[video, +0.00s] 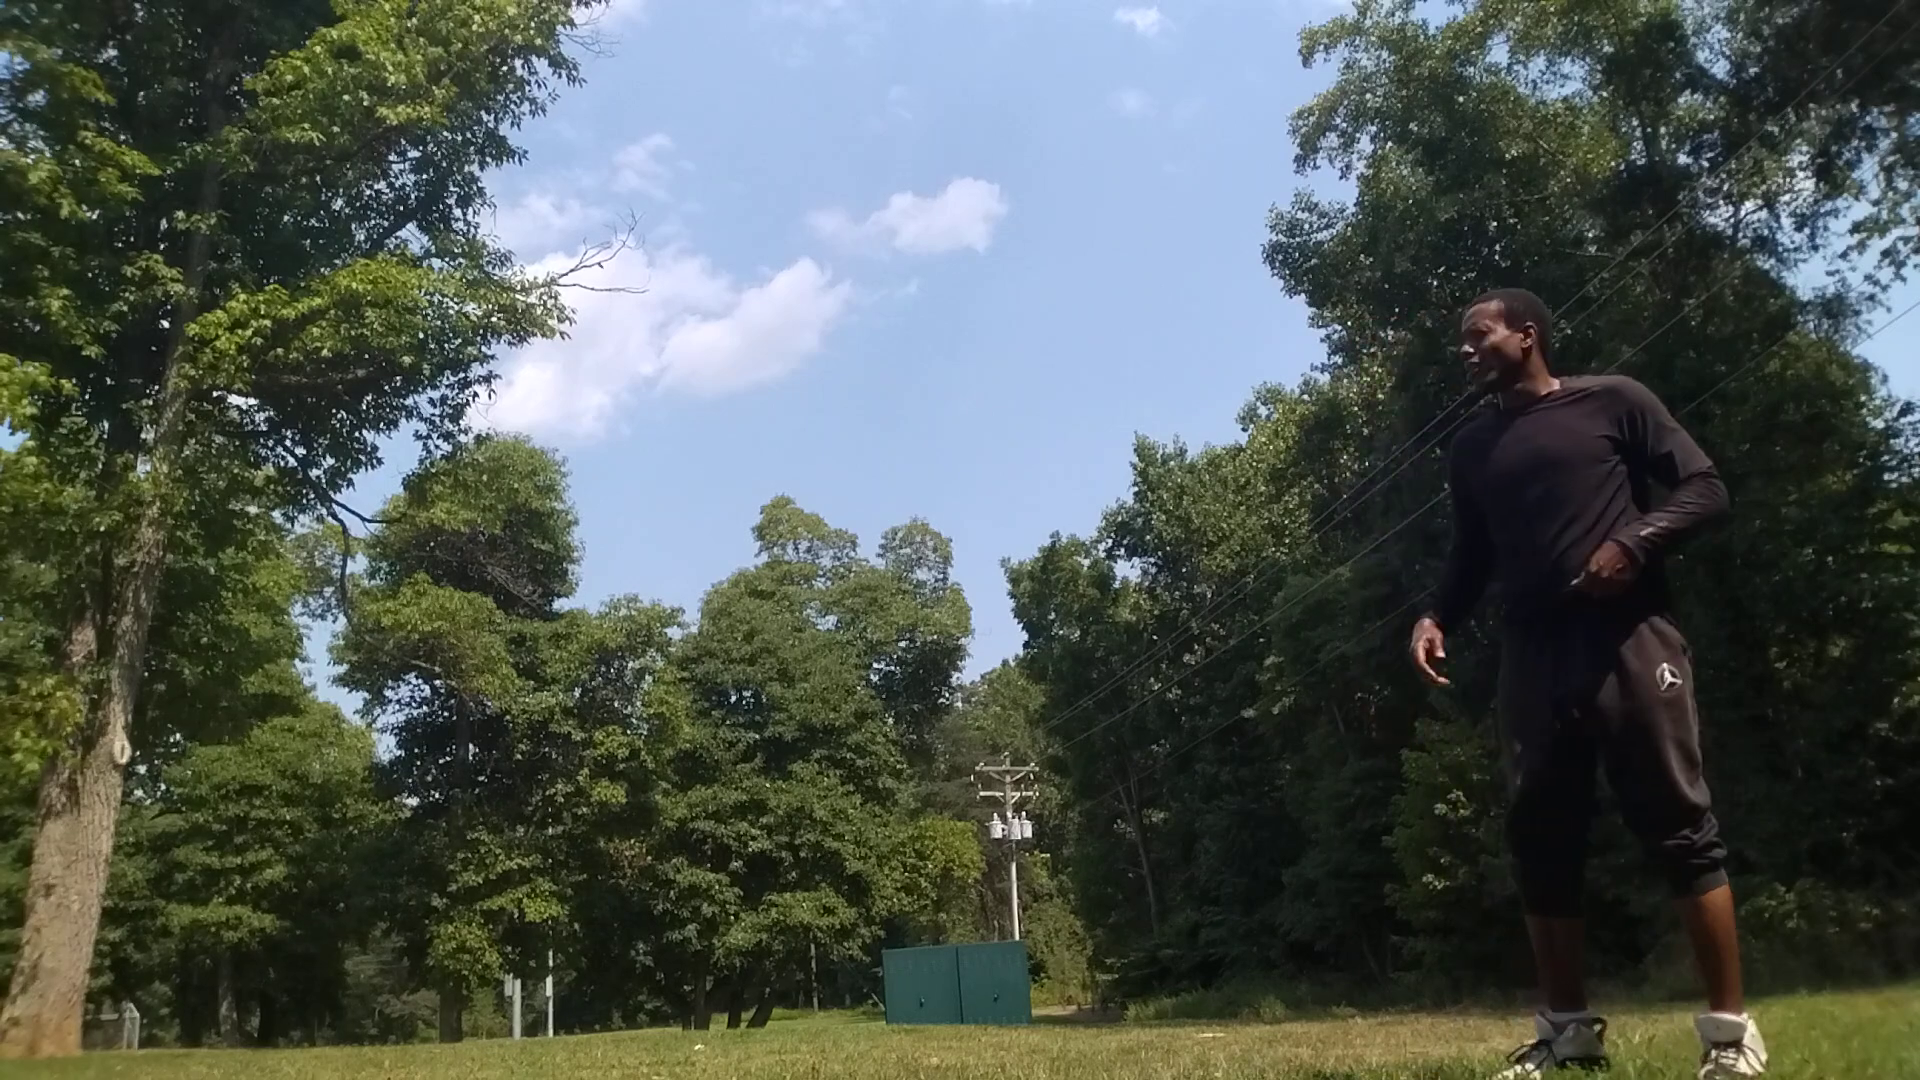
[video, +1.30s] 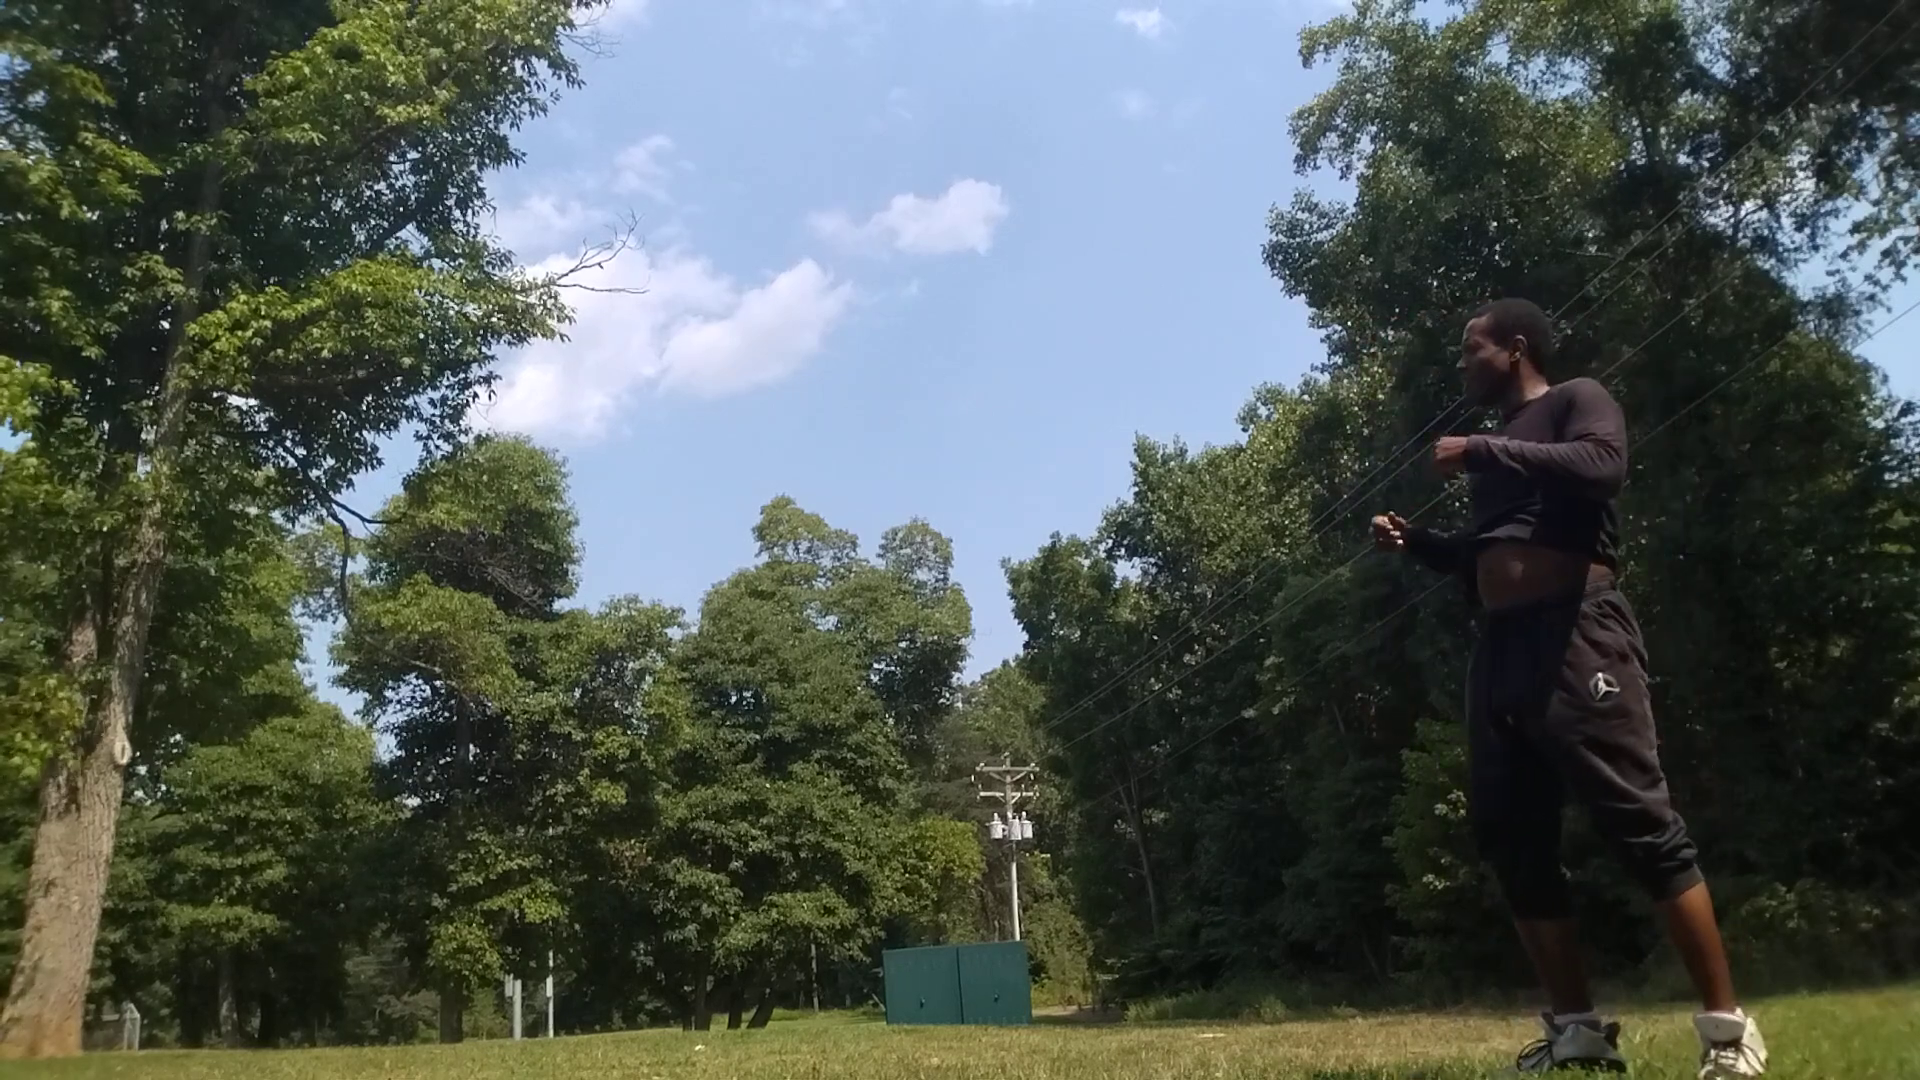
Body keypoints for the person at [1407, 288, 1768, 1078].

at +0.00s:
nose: (1465, 350)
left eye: (1476, 335)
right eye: (1462, 340)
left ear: (1526, 333)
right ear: (1488, 349)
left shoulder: (1615, 399)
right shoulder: (1471, 444)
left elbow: (1704, 490)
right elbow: (1472, 550)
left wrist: (1632, 541)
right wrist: (1436, 614)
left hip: (1631, 645)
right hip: (1534, 659)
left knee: (1684, 833)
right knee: (1539, 835)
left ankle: (1729, 1036)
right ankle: (1566, 1029)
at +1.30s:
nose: (1463, 363)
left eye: (1472, 350)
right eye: (1463, 352)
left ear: (1514, 348)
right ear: (1507, 352)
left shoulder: (1578, 396)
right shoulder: (1494, 446)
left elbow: (1605, 463)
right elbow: (1491, 558)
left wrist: (1483, 448)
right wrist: (1418, 542)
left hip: (1580, 633)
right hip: (1504, 647)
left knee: (1646, 829)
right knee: (1510, 837)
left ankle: (1727, 1028)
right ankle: (1575, 1030)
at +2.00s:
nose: (1379, 390)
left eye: (1388, 377)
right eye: (1378, 379)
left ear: (1427, 374)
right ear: (1414, 377)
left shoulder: (1489, 409)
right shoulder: (1412, 462)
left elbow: (1437, 419)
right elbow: (1426, 578)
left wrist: (1360, 424)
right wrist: (1357, 589)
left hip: (1512, 631)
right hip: (1447, 653)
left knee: (1570, 824)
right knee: (1501, 841)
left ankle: (1672, 1016)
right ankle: (1575, 1028)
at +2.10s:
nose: (1376, 388)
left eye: (1387, 373)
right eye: (1376, 377)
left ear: (1429, 369)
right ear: (1401, 378)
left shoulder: (1484, 410)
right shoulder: (1409, 468)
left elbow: (1426, 390)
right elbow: (1415, 574)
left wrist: (1353, 413)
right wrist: (1347, 585)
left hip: (1508, 630)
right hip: (1441, 652)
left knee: (1566, 824)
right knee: (1494, 839)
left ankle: (1663, 1019)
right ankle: (1575, 1029)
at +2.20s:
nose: (1384, 376)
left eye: (1394, 358)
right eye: (1381, 367)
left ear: (1436, 360)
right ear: (1397, 383)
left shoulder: (1483, 418)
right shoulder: (1403, 469)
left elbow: (1429, 355)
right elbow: (1405, 574)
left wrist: (1354, 397)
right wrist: (1346, 584)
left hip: (1510, 628)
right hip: (1439, 651)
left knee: (1564, 822)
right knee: (1494, 839)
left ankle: (1666, 1015)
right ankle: (1574, 1029)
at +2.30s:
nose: (1410, 378)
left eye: (1423, 364)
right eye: (1399, 371)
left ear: (1452, 370)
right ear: (1394, 393)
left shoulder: (1485, 415)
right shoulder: (1398, 471)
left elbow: (1428, 325)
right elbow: (1394, 569)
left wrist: (1347, 386)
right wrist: (1347, 584)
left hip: (1513, 626)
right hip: (1440, 649)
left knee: (1561, 810)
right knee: (1496, 837)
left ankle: (1657, 1000)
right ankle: (1575, 1028)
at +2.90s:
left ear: (1493, 301)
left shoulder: (1542, 352)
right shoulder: (1430, 408)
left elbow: (1492, 254)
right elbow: (1421, 509)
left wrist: (1436, 346)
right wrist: (1392, 536)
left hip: (1552, 591)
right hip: (1463, 610)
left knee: (1578, 814)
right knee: (1469, 819)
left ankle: (1611, 1034)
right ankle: (1552, 1007)